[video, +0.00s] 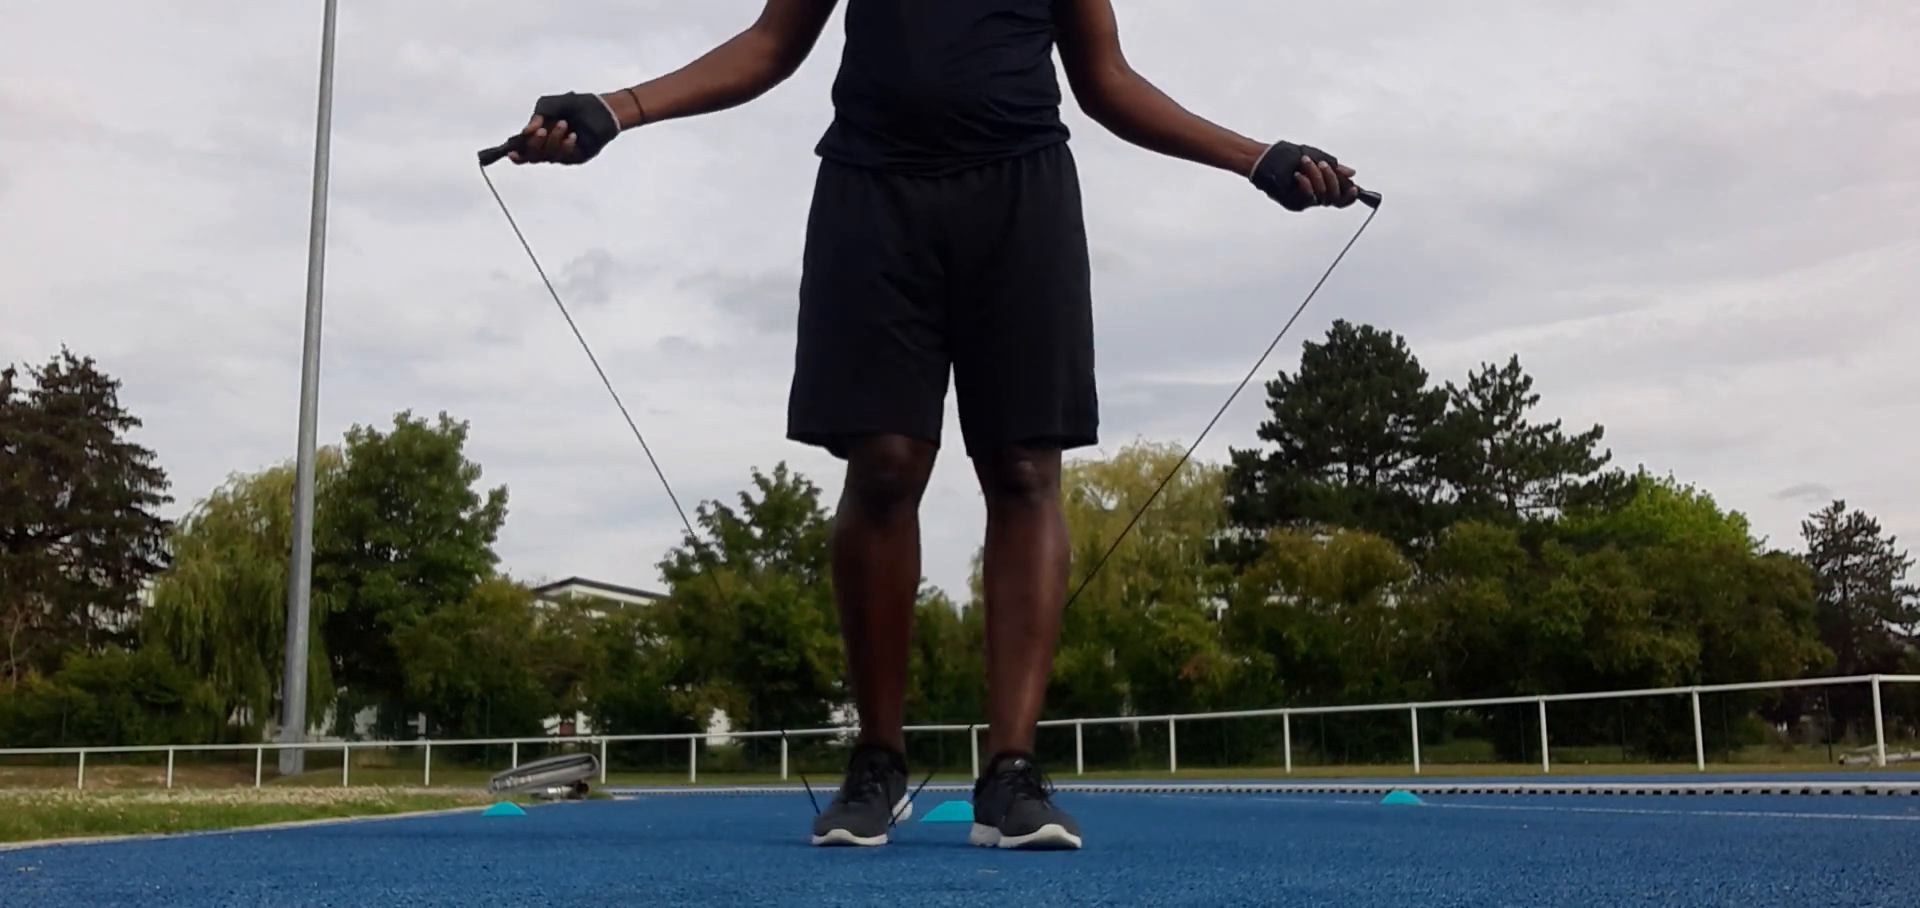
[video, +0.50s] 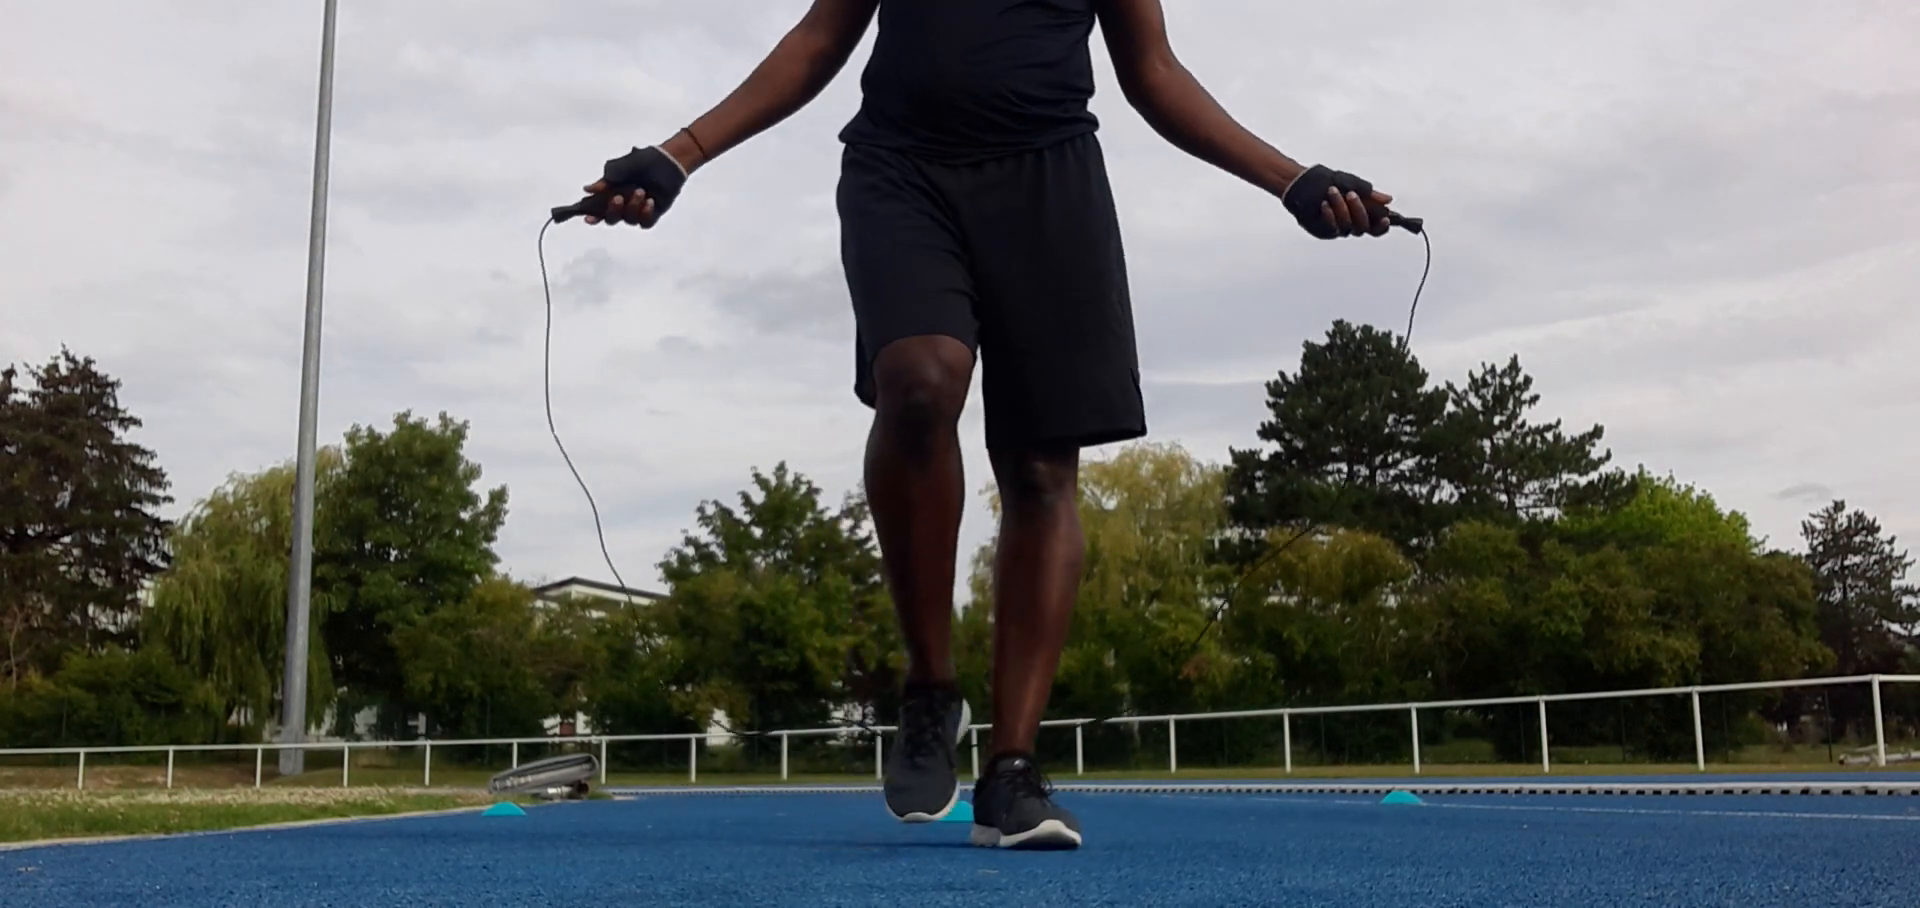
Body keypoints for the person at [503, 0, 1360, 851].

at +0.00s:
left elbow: (1107, 79)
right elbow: (770, 44)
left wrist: (1259, 157)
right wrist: (613, 108)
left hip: (1021, 188)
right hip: (873, 187)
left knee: (1025, 468)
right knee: (884, 466)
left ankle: (1011, 769)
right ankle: (877, 762)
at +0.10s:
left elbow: (1123, 81)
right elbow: (782, 41)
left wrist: (1280, 147)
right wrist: (624, 89)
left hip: (1031, 185)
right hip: (882, 187)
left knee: (1032, 470)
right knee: (889, 445)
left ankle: (1010, 770)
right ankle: (879, 743)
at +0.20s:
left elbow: (1137, 75)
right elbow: (791, 36)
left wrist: (1295, 141)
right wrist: (631, 89)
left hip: (1036, 175)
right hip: (889, 174)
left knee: (1038, 468)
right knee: (902, 419)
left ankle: (1011, 768)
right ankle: (888, 717)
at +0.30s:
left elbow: (1146, 73)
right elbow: (800, 35)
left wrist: (1305, 144)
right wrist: (640, 103)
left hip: (1044, 166)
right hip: (896, 164)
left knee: (1040, 466)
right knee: (915, 409)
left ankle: (1011, 767)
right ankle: (898, 703)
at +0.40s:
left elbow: (1151, 73)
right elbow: (808, 39)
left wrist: (1303, 153)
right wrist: (655, 123)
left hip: (1046, 160)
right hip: (899, 157)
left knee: (1042, 463)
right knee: (925, 393)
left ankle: (1010, 769)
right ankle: (913, 696)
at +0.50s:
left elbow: (1152, 68)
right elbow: (820, 39)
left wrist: (1294, 177)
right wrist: (677, 153)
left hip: (1049, 161)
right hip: (902, 160)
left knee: (1043, 461)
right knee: (923, 380)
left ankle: (1013, 768)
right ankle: (930, 691)